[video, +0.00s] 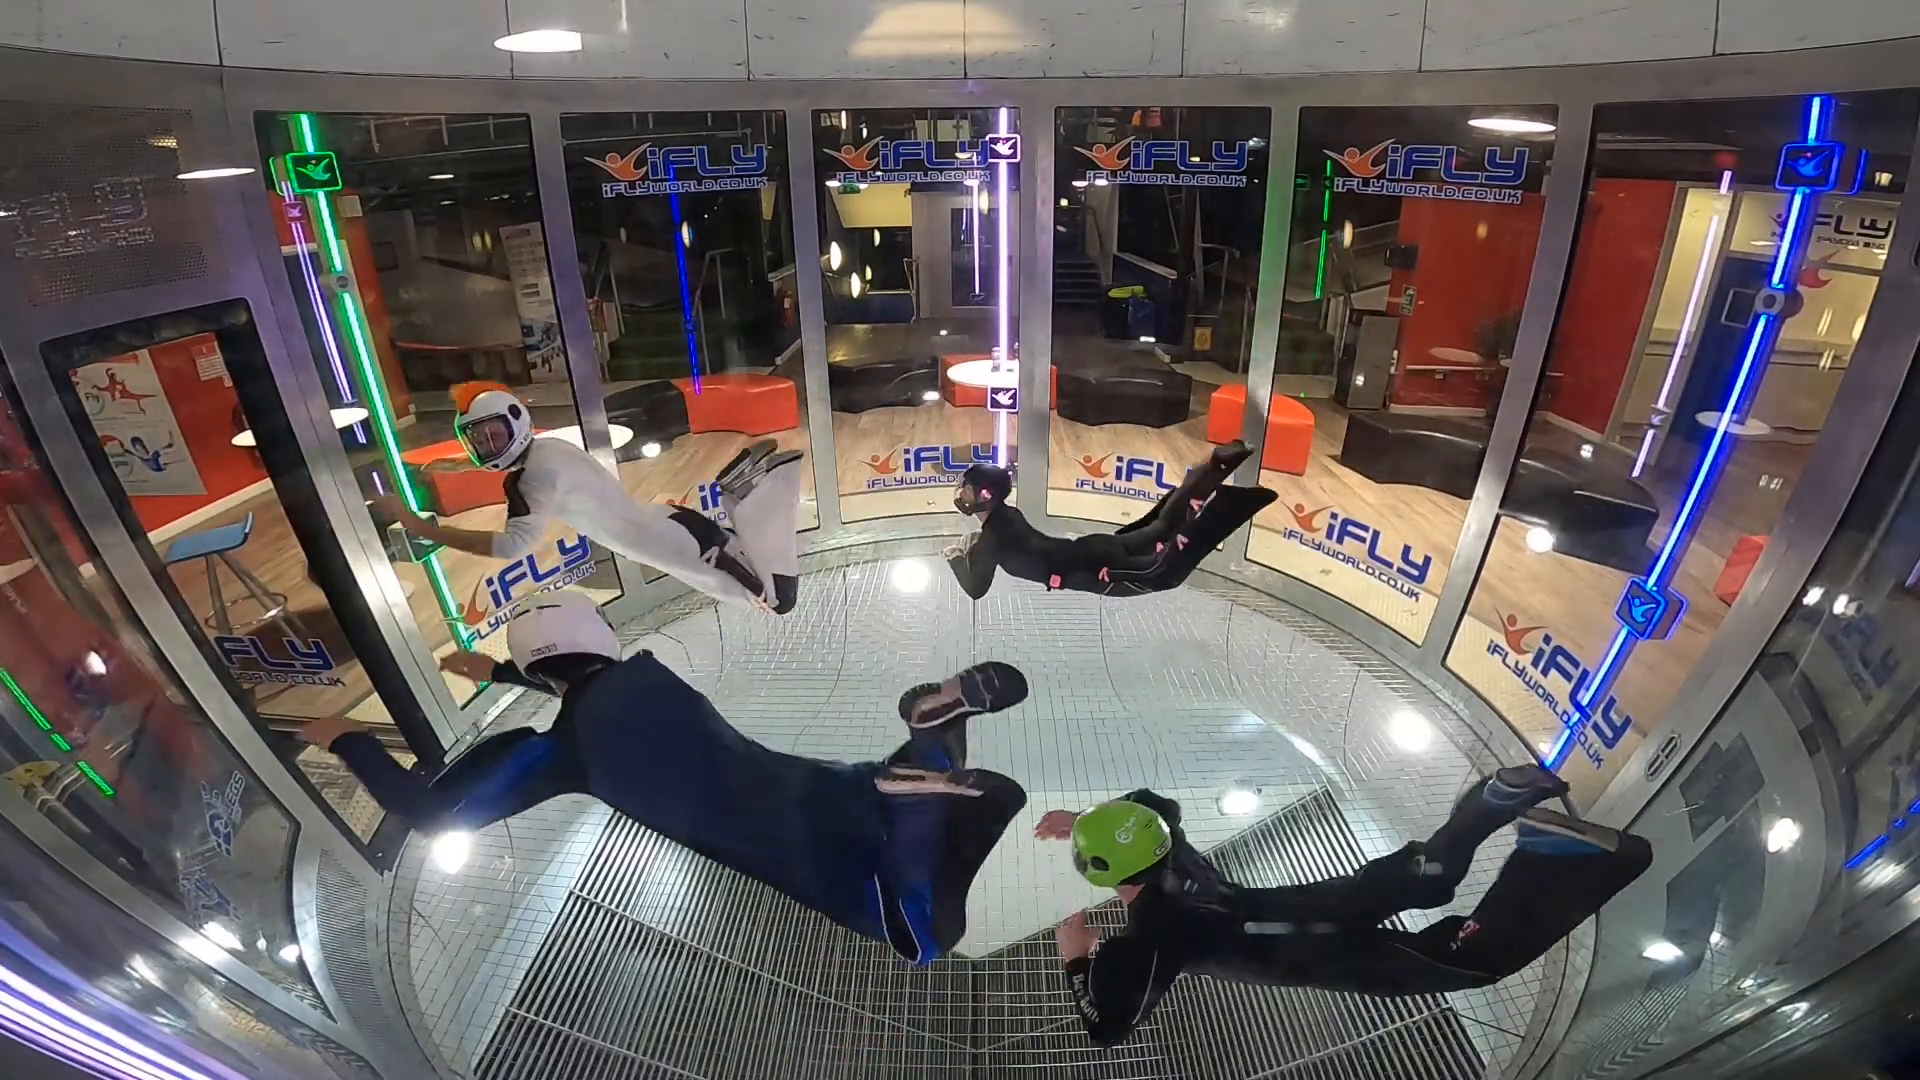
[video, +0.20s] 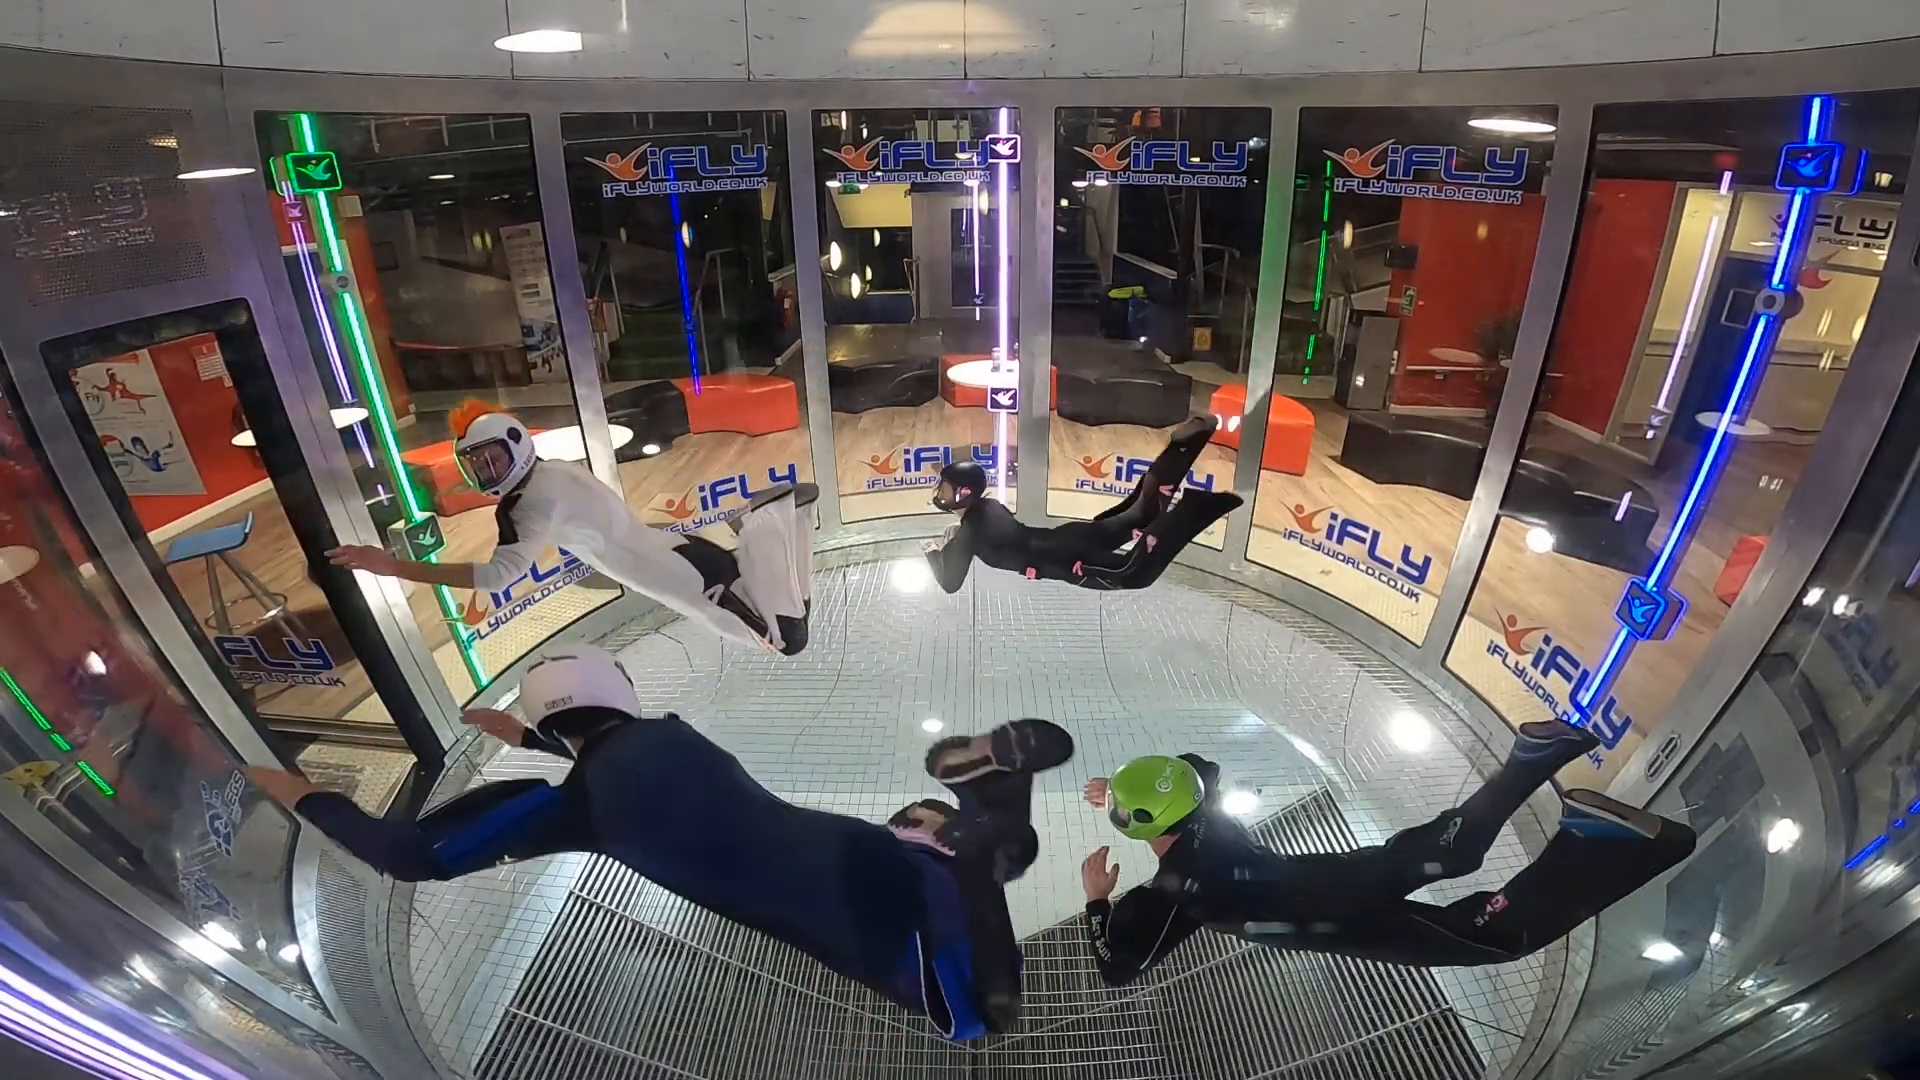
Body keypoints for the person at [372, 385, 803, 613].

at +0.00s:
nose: (486, 444)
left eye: (493, 431)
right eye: (477, 437)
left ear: (518, 425)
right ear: (473, 441)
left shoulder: (538, 472)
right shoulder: (540, 454)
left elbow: (509, 546)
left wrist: (422, 527)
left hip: (683, 541)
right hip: (668, 532)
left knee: (777, 598)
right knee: (757, 591)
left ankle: (750, 500)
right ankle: (731, 502)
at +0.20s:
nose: (486, 471)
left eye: (493, 457)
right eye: (476, 464)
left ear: (522, 449)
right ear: (472, 469)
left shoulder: (537, 504)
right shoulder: (545, 475)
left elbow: (492, 578)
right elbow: (616, 511)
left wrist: (391, 565)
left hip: (689, 574)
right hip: (682, 557)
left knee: (787, 638)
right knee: (772, 625)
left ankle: (772, 536)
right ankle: (774, 524)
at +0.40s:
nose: (522, 514)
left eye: (529, 500)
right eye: (515, 506)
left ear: (558, 489)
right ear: (529, 501)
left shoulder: (574, 543)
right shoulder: (588, 508)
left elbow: (522, 614)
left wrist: (429, 599)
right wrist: (522, 534)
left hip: (735, 610)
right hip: (733, 592)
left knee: (843, 669)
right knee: (833, 658)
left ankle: (824, 558)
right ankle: (823, 559)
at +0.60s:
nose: (600, 557)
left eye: (605, 542)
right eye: (591, 549)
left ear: (633, 531)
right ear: (602, 545)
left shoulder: (658, 578)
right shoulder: (659, 545)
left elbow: (597, 661)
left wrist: (499, 663)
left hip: (821, 636)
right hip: (815, 622)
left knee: (932, 687)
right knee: (913, 674)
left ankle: (926, 552)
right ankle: (911, 558)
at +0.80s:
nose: (699, 593)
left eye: (705, 583)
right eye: (695, 584)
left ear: (732, 579)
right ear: (730, 573)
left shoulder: (762, 623)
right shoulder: (756, 577)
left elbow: (701, 697)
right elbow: (710, 584)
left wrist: (624, 695)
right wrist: (674, 605)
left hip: (920, 661)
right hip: (913, 629)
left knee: (1026, 702)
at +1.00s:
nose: (820, 618)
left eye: (826, 609)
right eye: (817, 608)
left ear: (848, 607)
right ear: (858, 581)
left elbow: (827, 708)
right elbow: (840, 605)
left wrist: (772, 683)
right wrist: (803, 629)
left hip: (1033, 667)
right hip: (1026, 639)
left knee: (1161, 699)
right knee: (1138, 665)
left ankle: (1159, 587)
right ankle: (1154, 579)